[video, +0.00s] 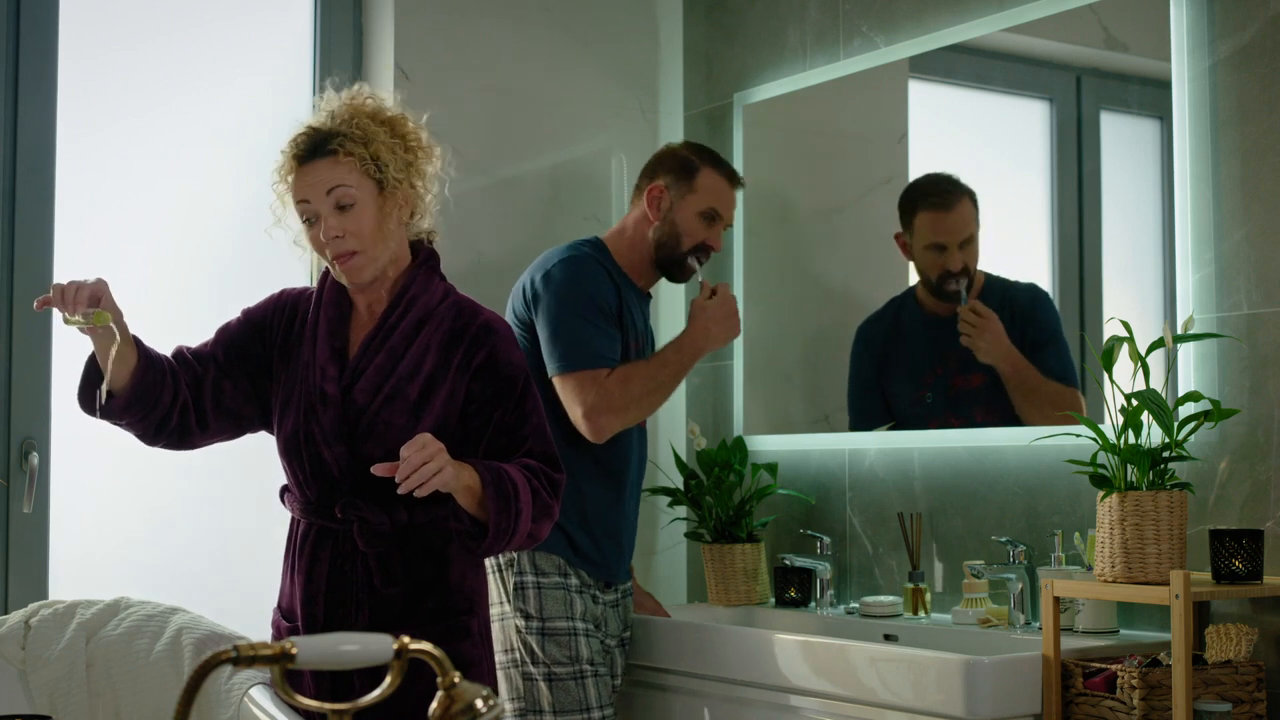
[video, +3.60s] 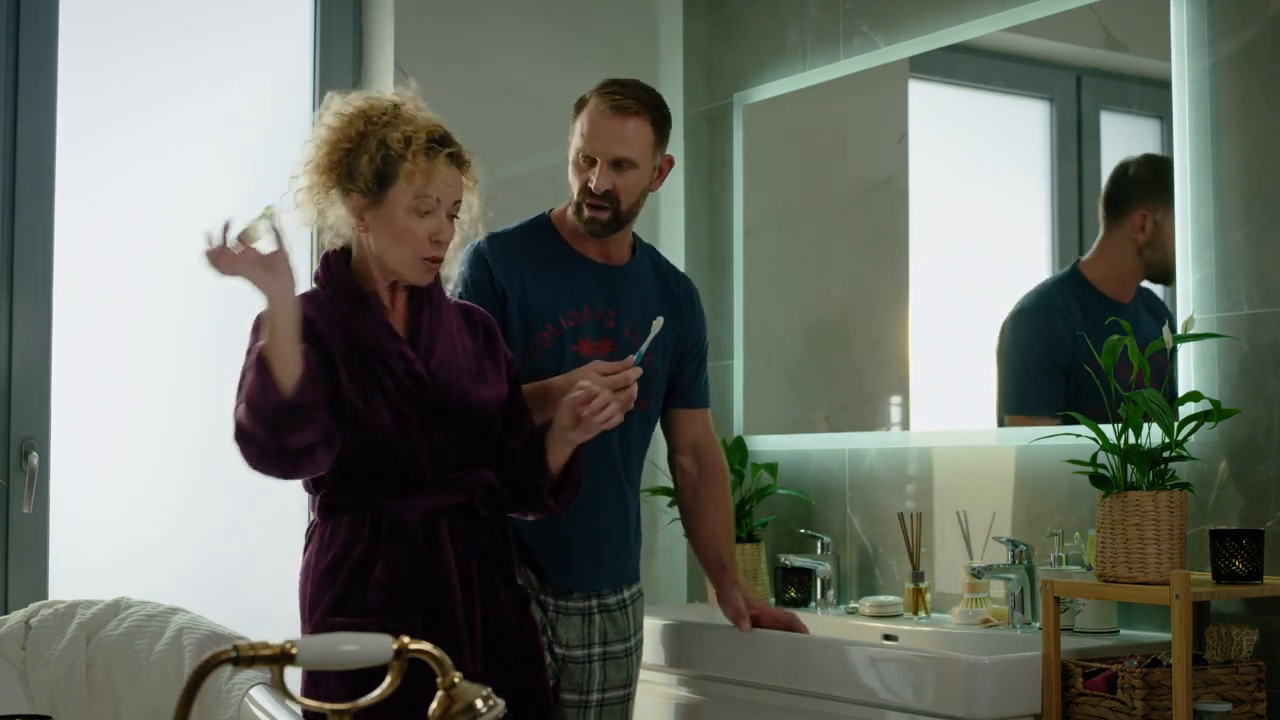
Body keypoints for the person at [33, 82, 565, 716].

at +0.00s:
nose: (327, 231)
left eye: (344, 203)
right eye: (311, 215)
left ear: (400, 198)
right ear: (301, 226)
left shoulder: (478, 342)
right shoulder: (289, 326)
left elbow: (537, 497)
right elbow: (176, 406)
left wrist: (463, 479)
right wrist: (105, 328)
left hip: (435, 630)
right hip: (311, 628)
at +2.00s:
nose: (313, 255)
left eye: (327, 227)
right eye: (295, 240)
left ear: (383, 207)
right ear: (283, 243)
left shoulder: (475, 335)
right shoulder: (289, 327)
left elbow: (532, 496)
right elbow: (173, 404)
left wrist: (462, 476)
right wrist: (127, 320)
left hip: (436, 618)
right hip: (312, 617)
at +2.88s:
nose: (330, 220)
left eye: (358, 201)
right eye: (323, 200)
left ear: (411, 216)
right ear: (311, 207)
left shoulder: (476, 331)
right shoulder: (291, 339)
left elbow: (529, 484)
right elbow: (211, 457)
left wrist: (460, 466)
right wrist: (141, 374)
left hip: (441, 614)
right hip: (318, 614)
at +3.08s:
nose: (388, 218)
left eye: (407, 197)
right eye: (366, 196)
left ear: (429, 210)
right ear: (326, 208)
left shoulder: (479, 330)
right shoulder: (287, 343)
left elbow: (532, 487)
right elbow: (226, 478)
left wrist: (473, 459)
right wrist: (148, 391)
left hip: (451, 618)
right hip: (324, 618)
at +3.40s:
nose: (435, 224)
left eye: (441, 204)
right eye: (412, 201)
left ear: (451, 207)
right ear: (348, 205)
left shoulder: (479, 328)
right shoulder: (284, 341)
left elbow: (529, 505)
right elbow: (241, 497)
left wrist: (535, 454)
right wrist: (205, 369)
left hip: (479, 612)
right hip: (349, 619)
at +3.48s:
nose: (441, 227)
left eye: (446, 207)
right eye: (420, 206)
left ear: (453, 210)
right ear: (355, 211)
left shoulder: (478, 327)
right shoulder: (291, 336)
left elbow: (509, 489)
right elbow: (253, 481)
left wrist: (538, 448)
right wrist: (233, 336)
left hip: (482, 602)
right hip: (358, 606)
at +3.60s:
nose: (443, 234)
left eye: (451, 215)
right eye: (423, 211)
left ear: (461, 217)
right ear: (360, 210)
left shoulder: (475, 331)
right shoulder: (305, 325)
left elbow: (509, 488)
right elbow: (282, 453)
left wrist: (562, 434)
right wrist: (281, 300)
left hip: (485, 600)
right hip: (368, 602)